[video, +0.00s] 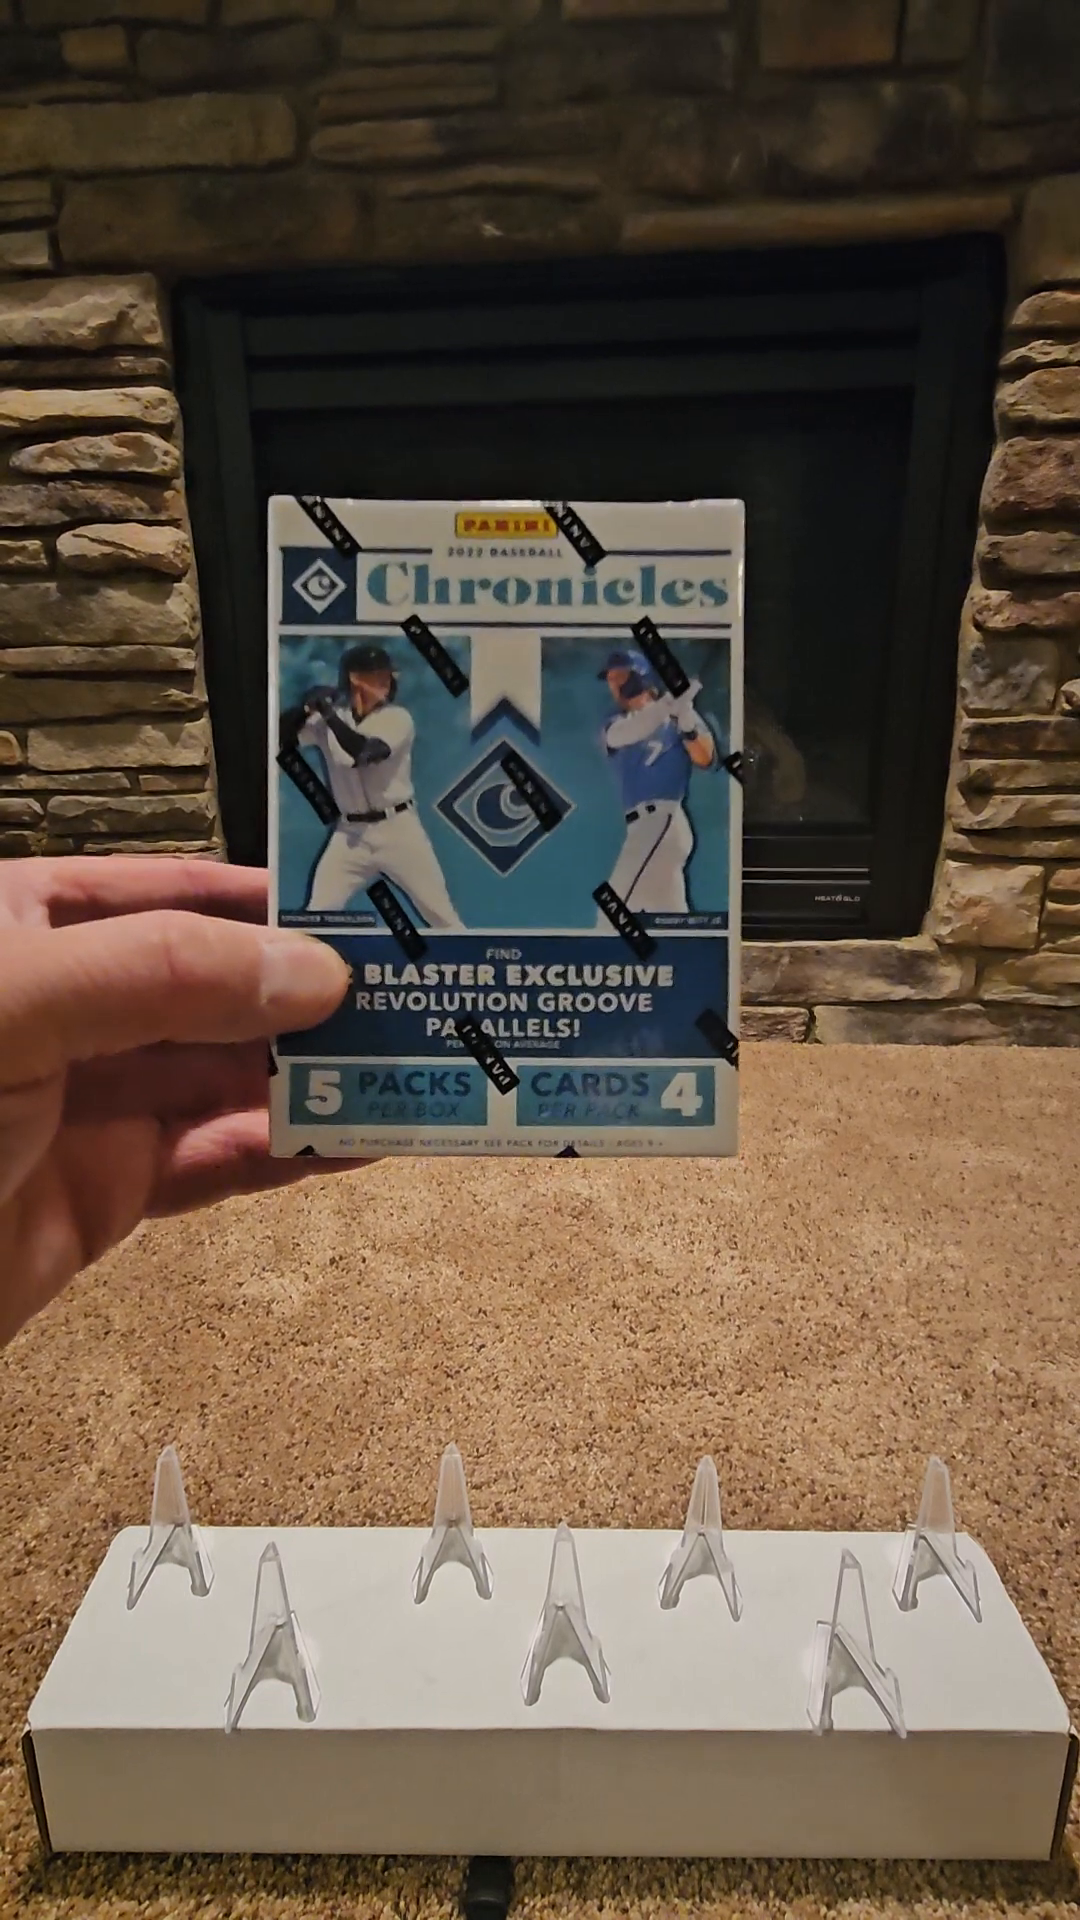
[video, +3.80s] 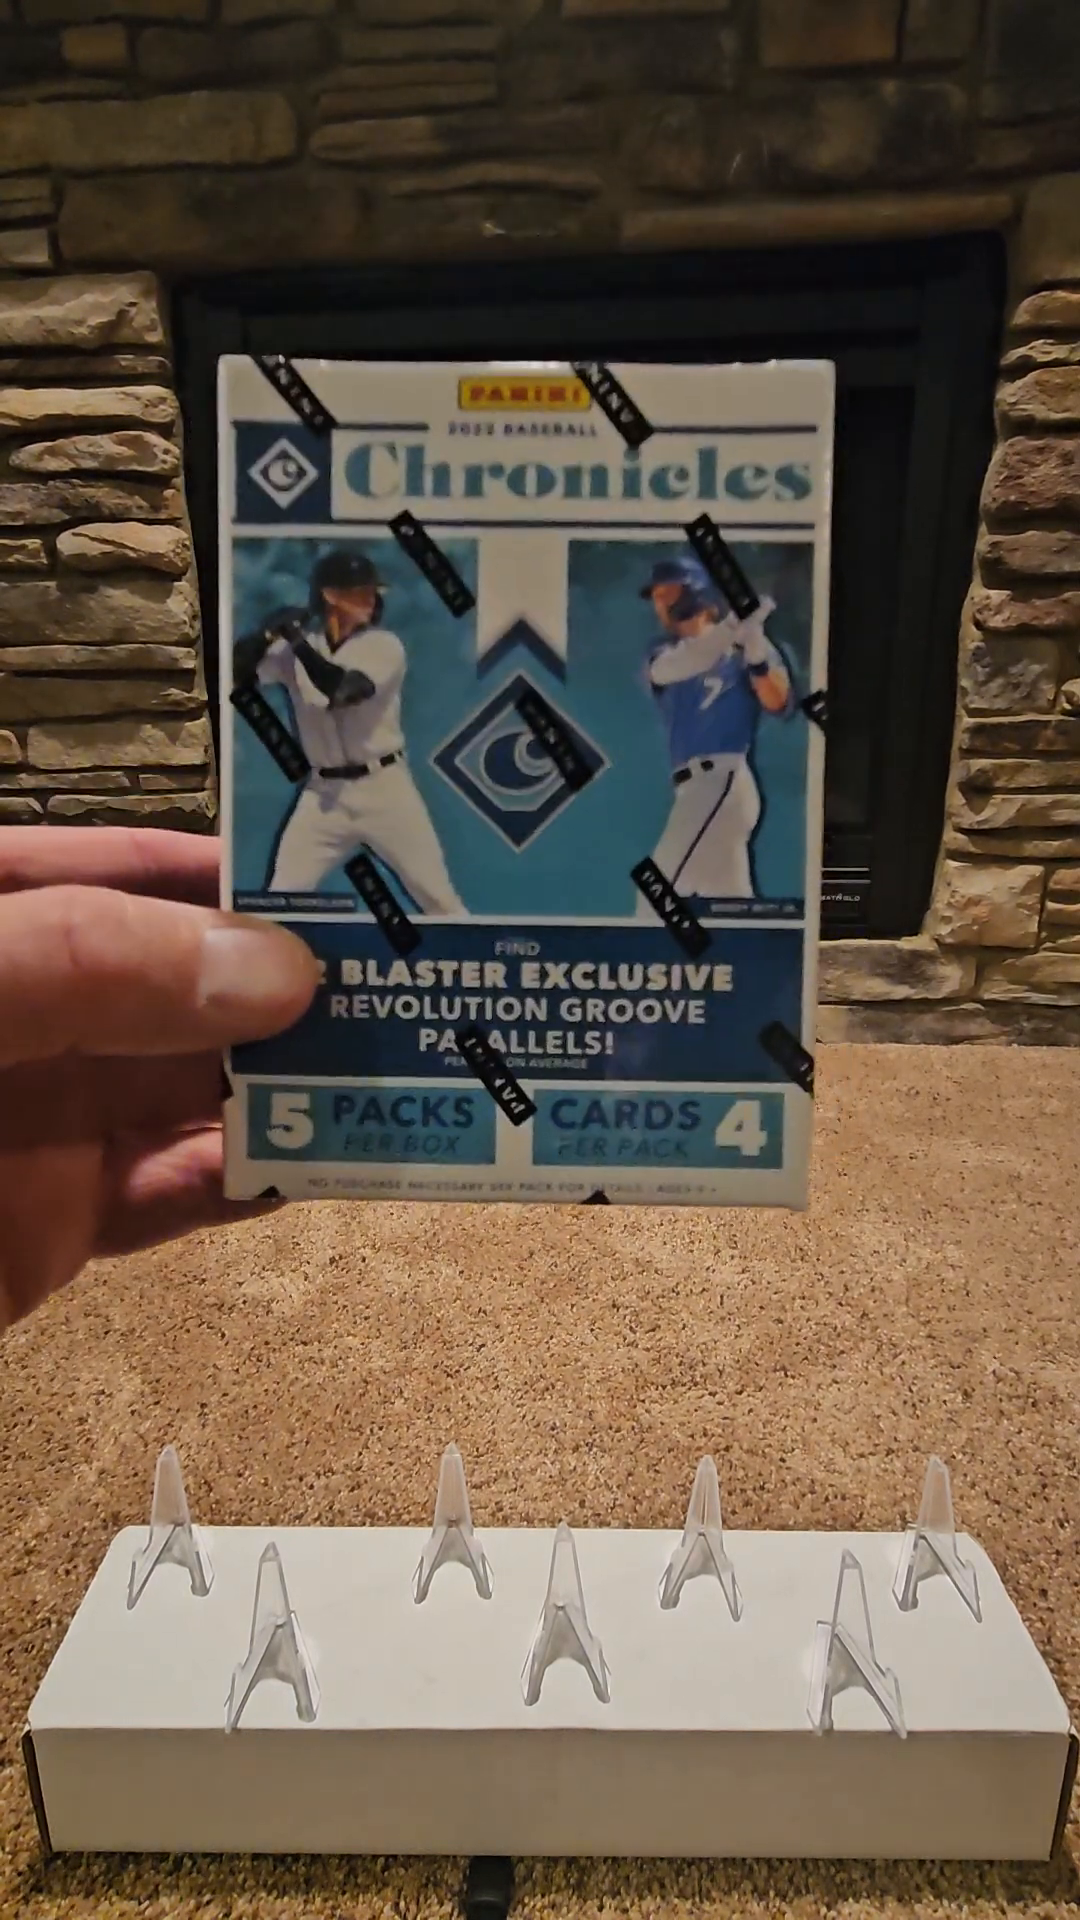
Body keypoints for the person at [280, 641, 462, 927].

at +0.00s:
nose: (387, 679)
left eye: (388, 673)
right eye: (379, 673)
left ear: (391, 678)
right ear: (355, 679)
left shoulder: (397, 718)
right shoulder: (326, 722)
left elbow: (364, 753)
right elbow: (281, 735)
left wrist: (327, 714)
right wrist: (306, 708)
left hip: (399, 831)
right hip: (350, 835)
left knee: (441, 916)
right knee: (318, 917)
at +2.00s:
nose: (372, 647)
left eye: (373, 640)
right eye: (362, 641)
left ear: (377, 644)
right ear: (338, 647)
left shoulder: (384, 687)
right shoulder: (308, 694)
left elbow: (349, 725)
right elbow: (261, 712)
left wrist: (311, 683)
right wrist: (285, 681)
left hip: (387, 805)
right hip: (336, 810)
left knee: (432, 892)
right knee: (304, 897)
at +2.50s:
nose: (336, 601)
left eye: (337, 594)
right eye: (326, 594)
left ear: (340, 599)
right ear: (300, 601)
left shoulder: (349, 645)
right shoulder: (266, 650)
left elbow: (311, 686)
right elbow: (216, 669)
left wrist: (270, 641)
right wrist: (243, 635)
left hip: (352, 774)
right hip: (296, 779)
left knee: (400, 871)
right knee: (261, 875)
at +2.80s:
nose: (342, 551)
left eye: (343, 543)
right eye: (331, 543)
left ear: (348, 550)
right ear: (304, 551)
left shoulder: (356, 600)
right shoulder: (269, 606)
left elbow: (317, 643)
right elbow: (213, 622)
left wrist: (272, 595)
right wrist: (243, 591)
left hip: (361, 738)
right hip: (301, 744)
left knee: (413, 840)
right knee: (265, 848)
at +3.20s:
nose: (368, 501)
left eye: (370, 492)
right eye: (356, 492)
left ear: (377, 498)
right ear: (327, 499)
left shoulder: (385, 553)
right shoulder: (290, 559)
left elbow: (341, 602)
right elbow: (227, 583)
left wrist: (292, 548)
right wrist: (261, 543)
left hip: (389, 708)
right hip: (323, 714)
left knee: (446, 824)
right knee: (282, 829)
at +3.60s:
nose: (374, 549)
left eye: (379, 541)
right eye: (362, 540)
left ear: (387, 549)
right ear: (337, 547)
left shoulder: (396, 599)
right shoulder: (304, 604)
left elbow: (355, 646)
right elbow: (245, 631)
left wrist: (306, 595)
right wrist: (274, 589)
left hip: (399, 747)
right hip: (334, 753)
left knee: (454, 861)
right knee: (294, 864)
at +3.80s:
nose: (371, 597)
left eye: (372, 589)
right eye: (360, 589)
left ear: (376, 595)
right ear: (330, 596)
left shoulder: (383, 646)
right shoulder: (294, 652)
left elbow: (342, 691)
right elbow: (238, 673)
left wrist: (296, 640)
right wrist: (266, 634)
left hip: (386, 791)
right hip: (323, 796)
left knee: (439, 899)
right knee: (282, 903)